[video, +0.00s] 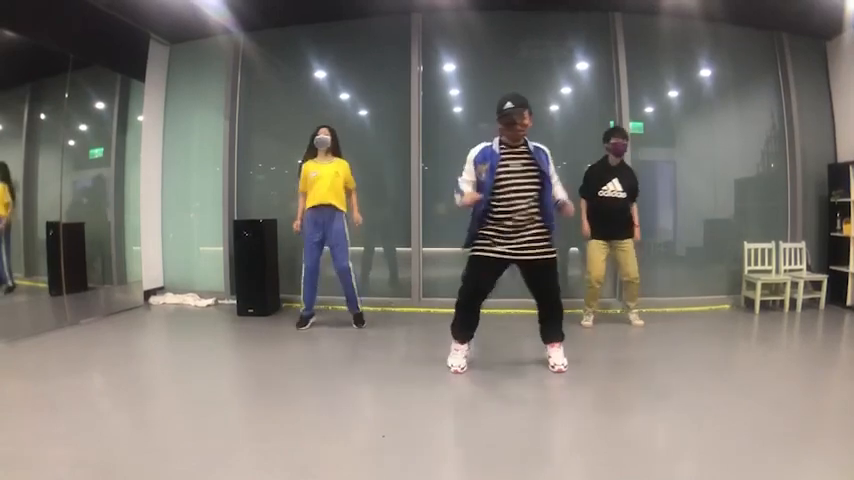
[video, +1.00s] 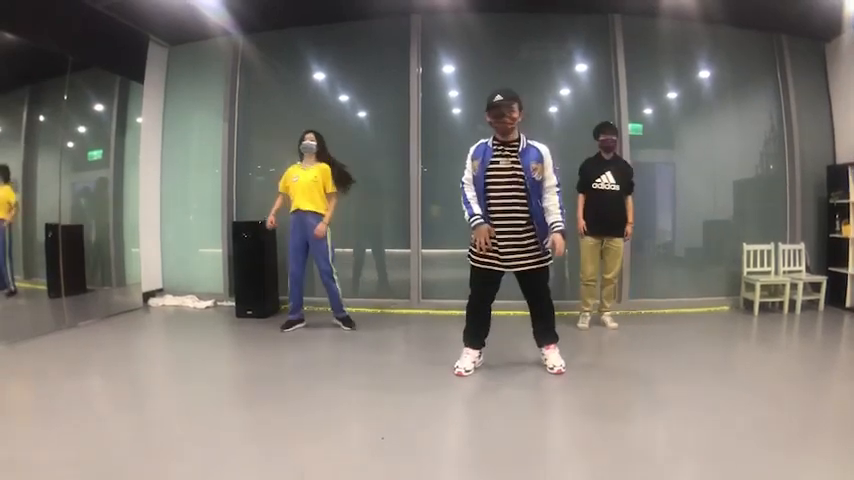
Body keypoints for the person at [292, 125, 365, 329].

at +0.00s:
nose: (322, 136)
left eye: (326, 134)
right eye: (319, 134)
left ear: (333, 141)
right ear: (314, 141)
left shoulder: (342, 164)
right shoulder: (307, 166)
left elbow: (351, 189)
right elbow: (302, 194)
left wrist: (355, 211)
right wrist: (299, 218)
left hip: (336, 213)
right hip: (312, 212)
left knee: (342, 264)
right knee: (310, 265)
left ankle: (355, 310)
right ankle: (307, 311)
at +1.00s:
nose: (308, 142)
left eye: (313, 139)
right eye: (305, 139)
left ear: (319, 146)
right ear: (300, 146)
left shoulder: (324, 169)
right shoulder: (292, 170)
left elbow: (333, 197)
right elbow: (282, 195)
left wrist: (325, 222)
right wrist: (272, 213)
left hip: (316, 217)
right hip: (296, 217)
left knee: (325, 269)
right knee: (295, 269)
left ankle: (340, 313)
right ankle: (296, 315)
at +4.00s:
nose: (281, 144)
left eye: (286, 141)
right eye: (278, 140)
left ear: (294, 148)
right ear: (272, 146)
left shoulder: (297, 176)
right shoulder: (260, 170)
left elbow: (302, 212)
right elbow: (251, 202)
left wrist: (269, 221)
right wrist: (243, 234)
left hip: (279, 234)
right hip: (254, 232)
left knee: (287, 283)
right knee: (241, 280)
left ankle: (297, 333)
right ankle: (252, 325)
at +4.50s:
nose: (233, 147)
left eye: (239, 144)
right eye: (232, 143)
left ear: (247, 150)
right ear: (228, 148)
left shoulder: (252, 171)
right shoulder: (225, 178)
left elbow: (273, 197)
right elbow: (225, 207)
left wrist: (250, 213)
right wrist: (215, 217)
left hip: (249, 231)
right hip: (228, 230)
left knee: (263, 285)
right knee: (216, 284)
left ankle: (288, 334)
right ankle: (222, 336)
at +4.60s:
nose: (231, 141)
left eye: (236, 138)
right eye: (227, 138)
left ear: (244, 144)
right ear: (222, 144)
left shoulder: (252, 169)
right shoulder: (215, 174)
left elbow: (262, 199)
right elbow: (211, 201)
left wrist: (256, 226)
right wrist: (211, 222)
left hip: (248, 224)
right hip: (224, 225)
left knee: (261, 279)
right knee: (221, 282)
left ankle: (274, 329)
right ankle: (220, 333)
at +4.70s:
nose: (231, 143)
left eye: (236, 140)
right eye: (227, 140)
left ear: (243, 145)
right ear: (221, 147)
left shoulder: (253, 172)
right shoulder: (216, 173)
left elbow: (259, 204)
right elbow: (208, 205)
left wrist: (261, 237)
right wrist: (214, 232)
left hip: (249, 225)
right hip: (225, 226)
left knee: (259, 275)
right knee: (221, 283)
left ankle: (268, 323)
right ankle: (215, 332)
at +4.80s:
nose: (235, 145)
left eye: (239, 142)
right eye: (231, 142)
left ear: (247, 148)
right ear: (225, 149)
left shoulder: (258, 176)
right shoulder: (218, 175)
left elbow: (268, 207)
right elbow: (211, 205)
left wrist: (267, 234)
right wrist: (216, 232)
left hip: (250, 229)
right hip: (224, 228)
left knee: (255, 283)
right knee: (219, 285)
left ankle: (274, 330)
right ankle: (215, 333)